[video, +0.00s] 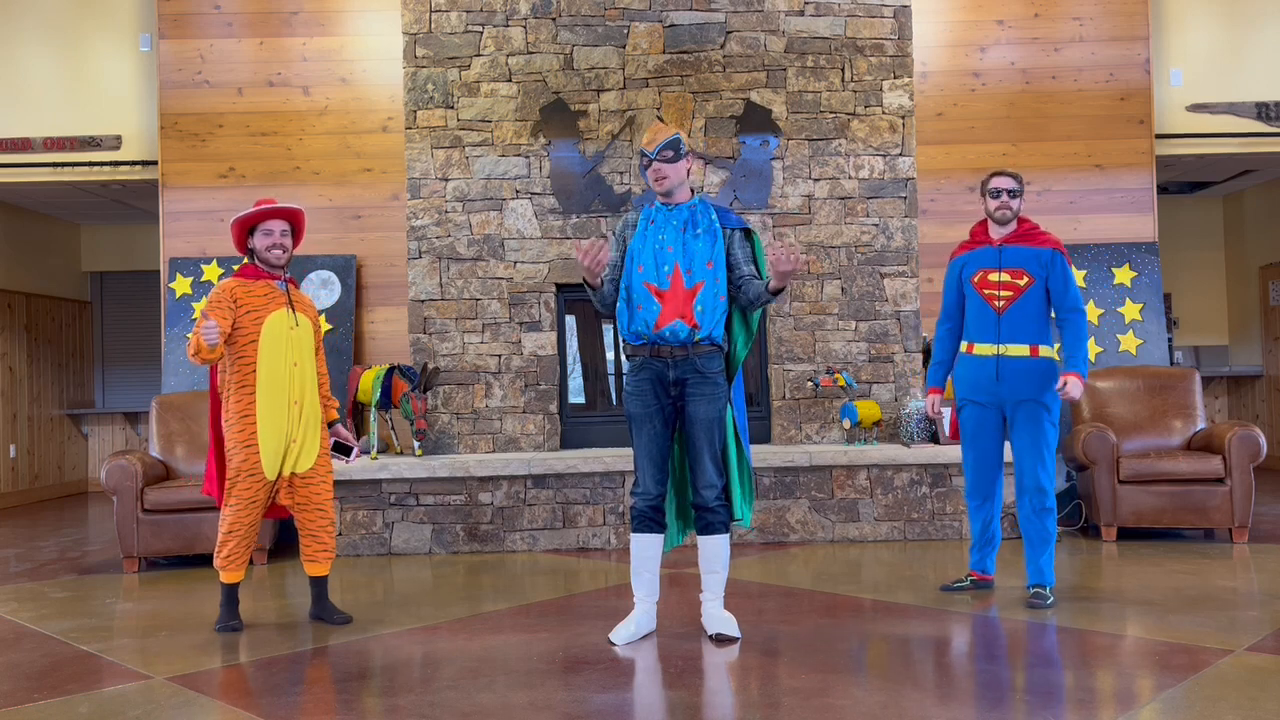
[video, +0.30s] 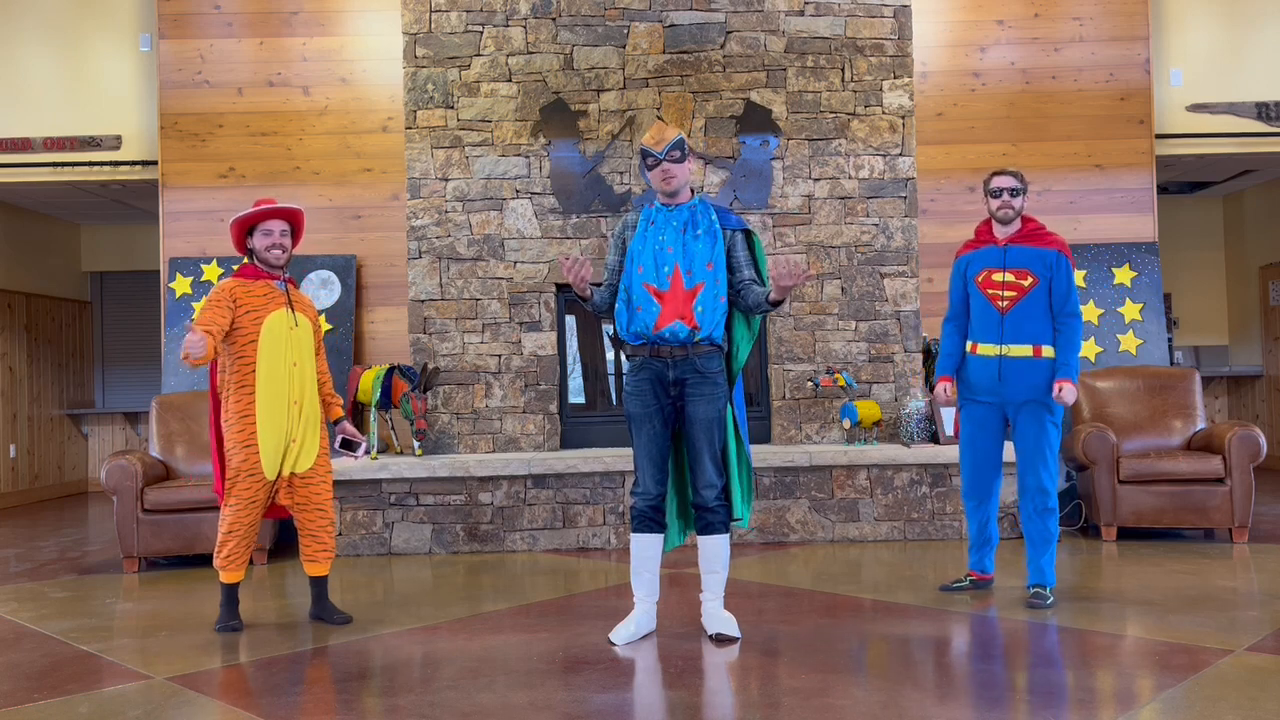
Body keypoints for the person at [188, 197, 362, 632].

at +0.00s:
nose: (277, 242)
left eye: (284, 235)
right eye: (267, 235)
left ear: (293, 243)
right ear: (251, 243)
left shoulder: (303, 300)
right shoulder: (229, 293)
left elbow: (318, 367)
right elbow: (200, 353)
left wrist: (332, 420)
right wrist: (207, 343)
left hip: (303, 418)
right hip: (250, 418)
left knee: (318, 499)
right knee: (244, 500)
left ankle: (321, 600)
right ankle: (229, 605)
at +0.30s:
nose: (277, 241)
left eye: (284, 235)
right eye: (267, 235)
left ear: (292, 244)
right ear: (250, 243)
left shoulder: (303, 302)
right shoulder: (230, 292)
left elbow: (319, 366)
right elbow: (206, 331)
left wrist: (338, 417)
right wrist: (198, 346)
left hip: (303, 419)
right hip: (250, 419)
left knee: (317, 500)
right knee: (244, 500)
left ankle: (320, 600)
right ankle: (229, 605)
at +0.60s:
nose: (286, 244)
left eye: (289, 237)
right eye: (275, 237)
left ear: (294, 242)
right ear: (252, 244)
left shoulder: (305, 301)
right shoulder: (227, 295)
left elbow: (323, 363)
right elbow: (199, 346)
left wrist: (347, 409)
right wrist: (180, 321)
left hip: (305, 421)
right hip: (250, 422)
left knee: (317, 500)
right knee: (244, 504)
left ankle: (321, 600)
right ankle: (229, 606)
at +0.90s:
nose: (291, 250)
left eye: (293, 243)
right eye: (283, 242)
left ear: (292, 248)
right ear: (257, 246)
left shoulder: (302, 300)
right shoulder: (225, 293)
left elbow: (327, 352)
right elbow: (227, 331)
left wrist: (361, 361)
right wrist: (266, 279)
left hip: (304, 425)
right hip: (248, 427)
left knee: (316, 503)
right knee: (242, 506)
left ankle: (321, 601)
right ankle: (229, 606)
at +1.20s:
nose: (291, 249)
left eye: (293, 241)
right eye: (281, 241)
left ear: (294, 245)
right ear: (255, 245)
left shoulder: (301, 298)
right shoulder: (225, 296)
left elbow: (324, 355)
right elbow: (232, 340)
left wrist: (342, 332)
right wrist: (292, 323)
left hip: (303, 422)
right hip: (248, 426)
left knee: (317, 503)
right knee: (242, 509)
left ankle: (321, 600)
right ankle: (229, 606)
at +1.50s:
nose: (288, 250)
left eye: (290, 242)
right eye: (279, 242)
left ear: (291, 246)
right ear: (253, 245)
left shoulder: (301, 298)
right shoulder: (224, 295)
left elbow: (325, 356)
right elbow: (230, 343)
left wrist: (342, 331)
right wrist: (295, 330)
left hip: (303, 420)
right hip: (249, 423)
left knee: (316, 502)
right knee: (242, 505)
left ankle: (320, 600)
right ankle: (229, 606)